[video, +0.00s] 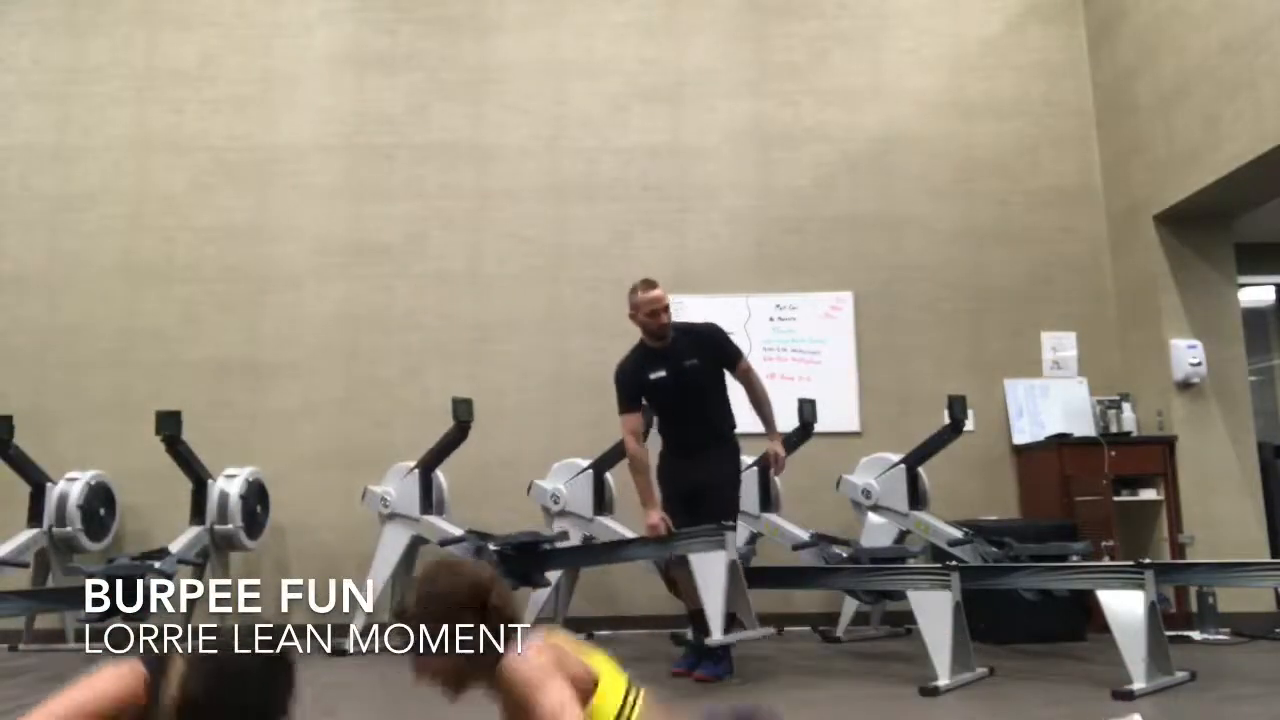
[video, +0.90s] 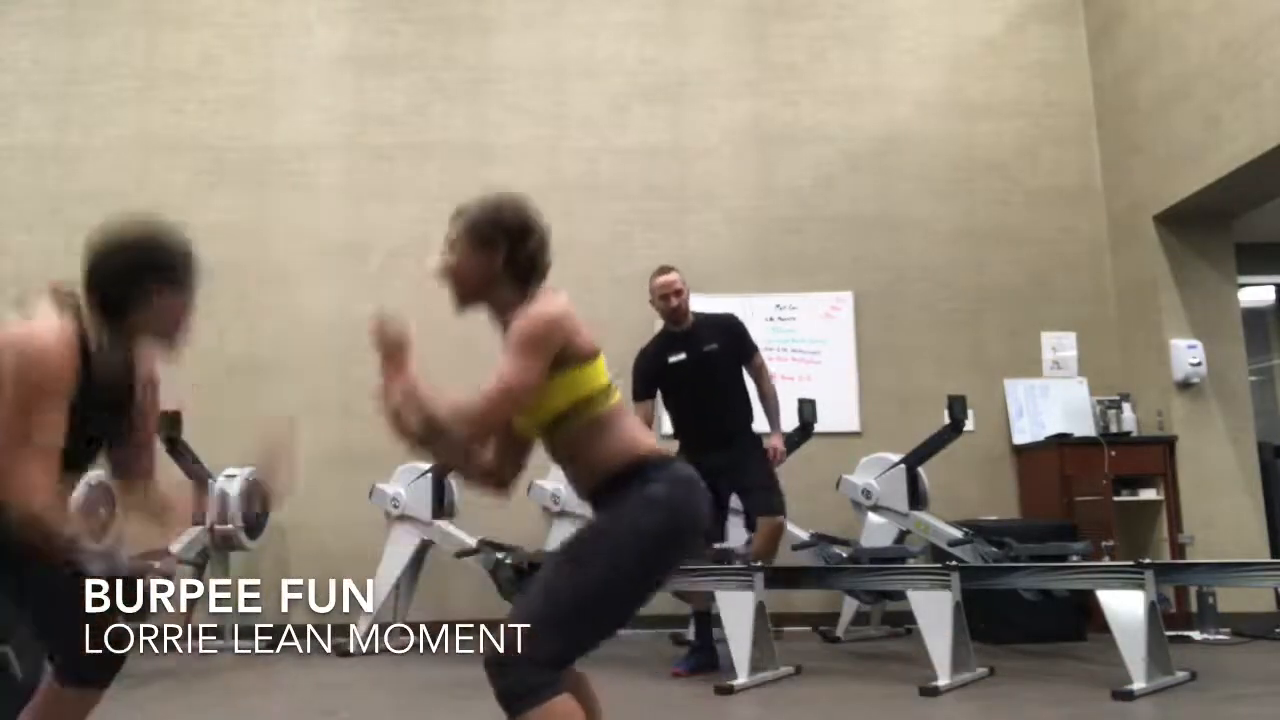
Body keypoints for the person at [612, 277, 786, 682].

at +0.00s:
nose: (661, 319)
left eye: (664, 310)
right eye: (651, 314)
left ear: (670, 307)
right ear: (634, 318)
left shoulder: (708, 337)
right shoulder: (630, 370)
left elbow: (749, 380)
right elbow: (633, 441)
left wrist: (773, 436)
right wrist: (650, 507)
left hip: (719, 456)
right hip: (675, 461)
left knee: (716, 550)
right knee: (674, 553)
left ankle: (720, 649)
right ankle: (700, 641)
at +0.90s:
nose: (673, 301)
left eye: (677, 293)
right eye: (664, 297)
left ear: (688, 293)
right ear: (653, 304)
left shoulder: (726, 328)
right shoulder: (650, 358)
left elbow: (761, 377)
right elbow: (643, 422)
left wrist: (776, 430)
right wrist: (651, 462)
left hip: (744, 450)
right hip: (696, 460)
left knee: (772, 521)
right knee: (696, 550)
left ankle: (740, 596)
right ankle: (703, 643)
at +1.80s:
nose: (766, 275)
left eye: (774, 266)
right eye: (759, 268)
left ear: (796, 268)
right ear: (755, 275)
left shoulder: (835, 315)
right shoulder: (755, 331)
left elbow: (871, 376)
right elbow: (750, 399)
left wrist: (866, 446)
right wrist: (755, 457)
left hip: (845, 447)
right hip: (796, 450)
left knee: (850, 549)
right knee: (804, 549)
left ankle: (847, 650)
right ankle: (834, 625)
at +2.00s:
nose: (751, 274)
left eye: (758, 265)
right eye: (746, 269)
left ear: (783, 265)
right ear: (743, 277)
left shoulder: (824, 311)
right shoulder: (749, 333)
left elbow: (858, 373)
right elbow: (745, 402)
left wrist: (854, 441)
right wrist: (744, 465)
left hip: (838, 447)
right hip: (789, 449)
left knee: (845, 549)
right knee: (791, 537)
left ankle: (846, 650)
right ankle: (813, 632)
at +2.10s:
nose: (738, 273)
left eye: (745, 264)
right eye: (733, 268)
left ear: (771, 265)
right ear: (733, 276)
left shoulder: (814, 311)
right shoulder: (739, 333)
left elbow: (849, 374)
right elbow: (737, 404)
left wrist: (842, 440)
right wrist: (735, 469)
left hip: (827, 447)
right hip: (775, 450)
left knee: (840, 552)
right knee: (763, 537)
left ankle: (845, 656)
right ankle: (780, 652)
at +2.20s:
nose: (716, 274)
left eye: (723, 265)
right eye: (712, 269)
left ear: (750, 266)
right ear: (711, 278)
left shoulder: (793, 311)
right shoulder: (720, 335)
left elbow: (831, 373)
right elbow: (718, 406)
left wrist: (827, 440)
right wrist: (719, 467)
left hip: (810, 450)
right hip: (760, 453)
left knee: (829, 553)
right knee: (738, 551)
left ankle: (844, 654)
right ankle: (722, 656)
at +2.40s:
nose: (660, 269)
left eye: (669, 261)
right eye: (658, 263)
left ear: (697, 264)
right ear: (661, 273)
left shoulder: (737, 306)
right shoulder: (668, 332)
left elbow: (777, 369)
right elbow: (667, 398)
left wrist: (781, 438)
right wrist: (663, 451)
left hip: (757, 451)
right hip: (708, 458)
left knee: (793, 553)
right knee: (703, 558)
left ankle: (833, 635)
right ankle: (700, 663)